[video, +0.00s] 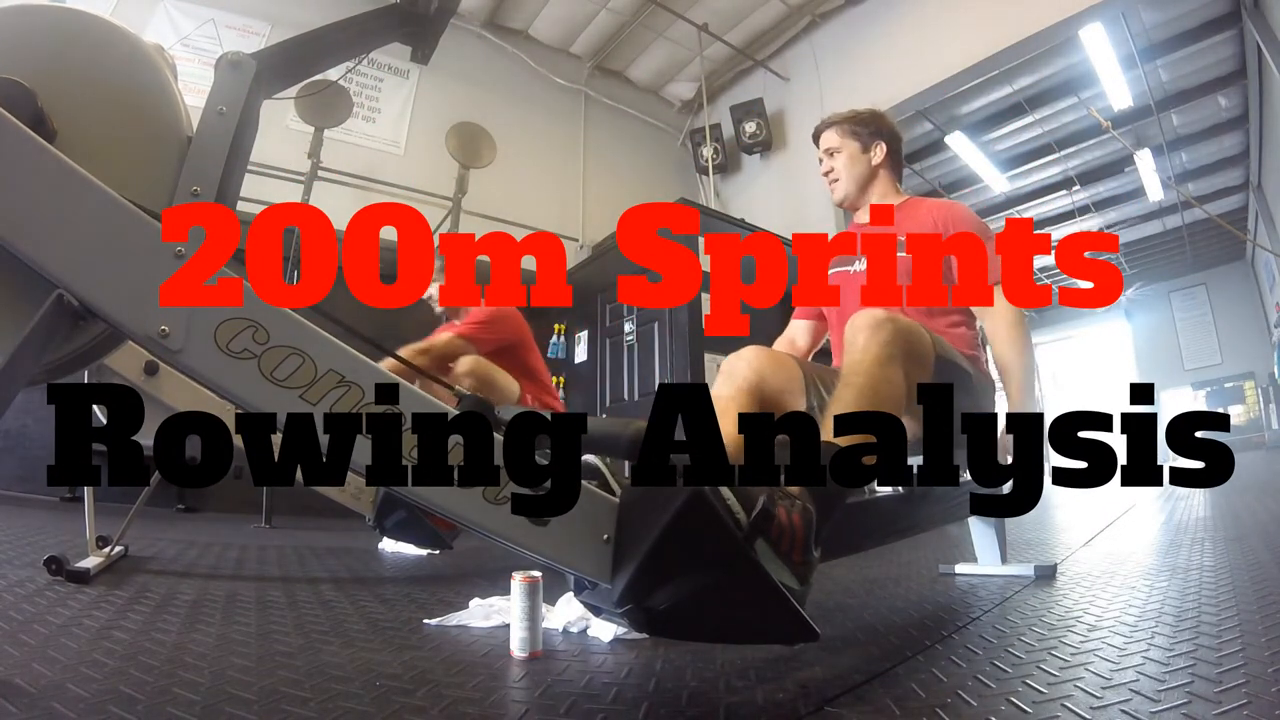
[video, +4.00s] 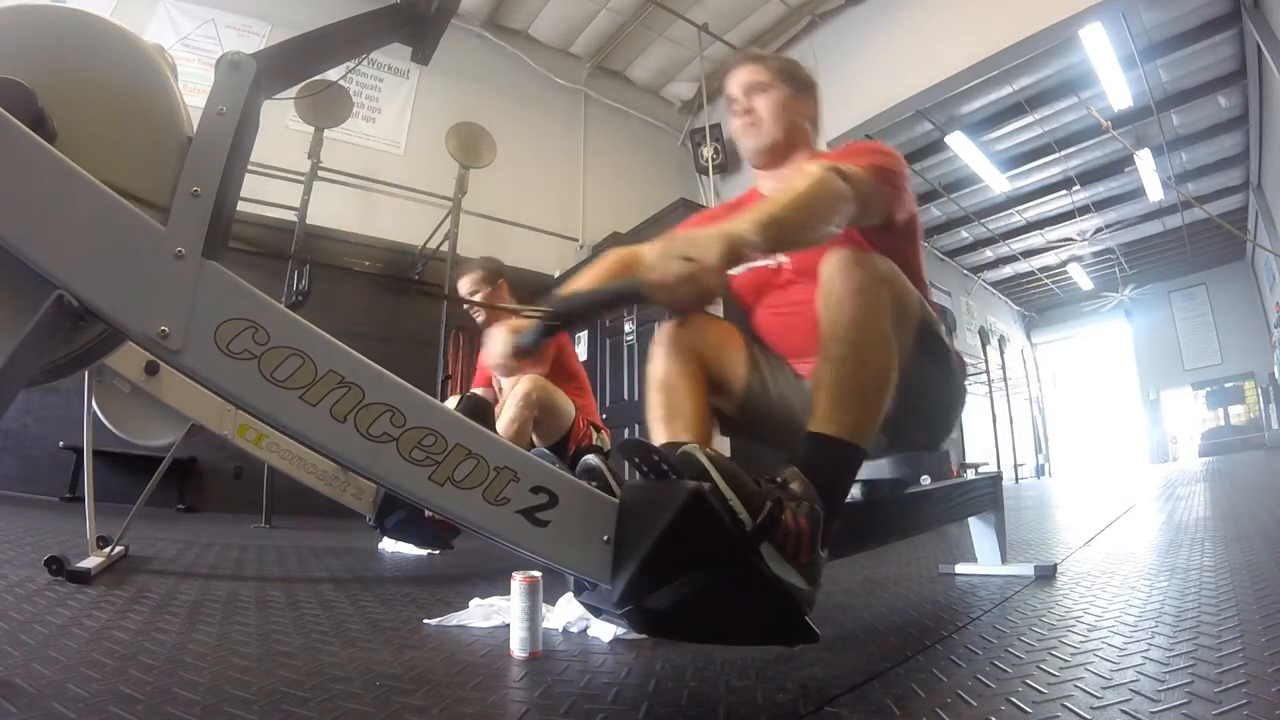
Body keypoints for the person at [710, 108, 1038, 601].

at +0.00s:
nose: (823, 168)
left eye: (834, 153)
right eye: (820, 160)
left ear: (877, 152)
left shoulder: (946, 217)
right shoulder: (834, 251)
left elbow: (1001, 312)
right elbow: (796, 340)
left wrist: (1021, 414)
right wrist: (754, 399)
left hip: (954, 394)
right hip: (856, 396)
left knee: (874, 327)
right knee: (744, 366)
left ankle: (804, 515)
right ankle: (713, 521)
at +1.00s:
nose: (775, 147)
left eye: (785, 130)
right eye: (771, 139)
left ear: (835, 130)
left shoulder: (901, 189)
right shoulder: (782, 236)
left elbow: (934, 264)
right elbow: (709, 298)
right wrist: (639, 356)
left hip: (906, 386)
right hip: (818, 390)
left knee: (867, 294)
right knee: (709, 355)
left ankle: (811, 503)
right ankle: (707, 517)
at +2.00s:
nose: (712, 107)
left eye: (729, 87)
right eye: (703, 105)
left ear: (782, 99)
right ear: (704, 134)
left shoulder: (841, 151)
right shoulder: (709, 216)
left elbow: (816, 205)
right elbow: (622, 282)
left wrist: (710, 307)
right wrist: (530, 368)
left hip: (835, 390)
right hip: (744, 388)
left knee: (846, 266)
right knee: (664, 329)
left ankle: (810, 499)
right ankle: (667, 514)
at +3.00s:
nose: (914, 208)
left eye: (925, 197)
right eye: (904, 203)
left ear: (951, 206)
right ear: (897, 220)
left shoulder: (990, 258)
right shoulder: (889, 282)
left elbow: (1047, 317)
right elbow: (853, 356)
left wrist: (1009, 267)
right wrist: (835, 325)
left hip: (962, 374)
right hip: (886, 382)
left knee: (915, 437)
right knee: (822, 445)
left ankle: (820, 529)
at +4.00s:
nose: (740, 107)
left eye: (757, 91)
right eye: (730, 104)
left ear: (806, 104)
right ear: (727, 132)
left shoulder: (873, 162)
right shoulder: (717, 220)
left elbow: (828, 195)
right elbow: (633, 259)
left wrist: (725, 243)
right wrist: (544, 318)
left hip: (902, 401)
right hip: (784, 408)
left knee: (851, 267)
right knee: (676, 333)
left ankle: (810, 512)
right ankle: (683, 514)